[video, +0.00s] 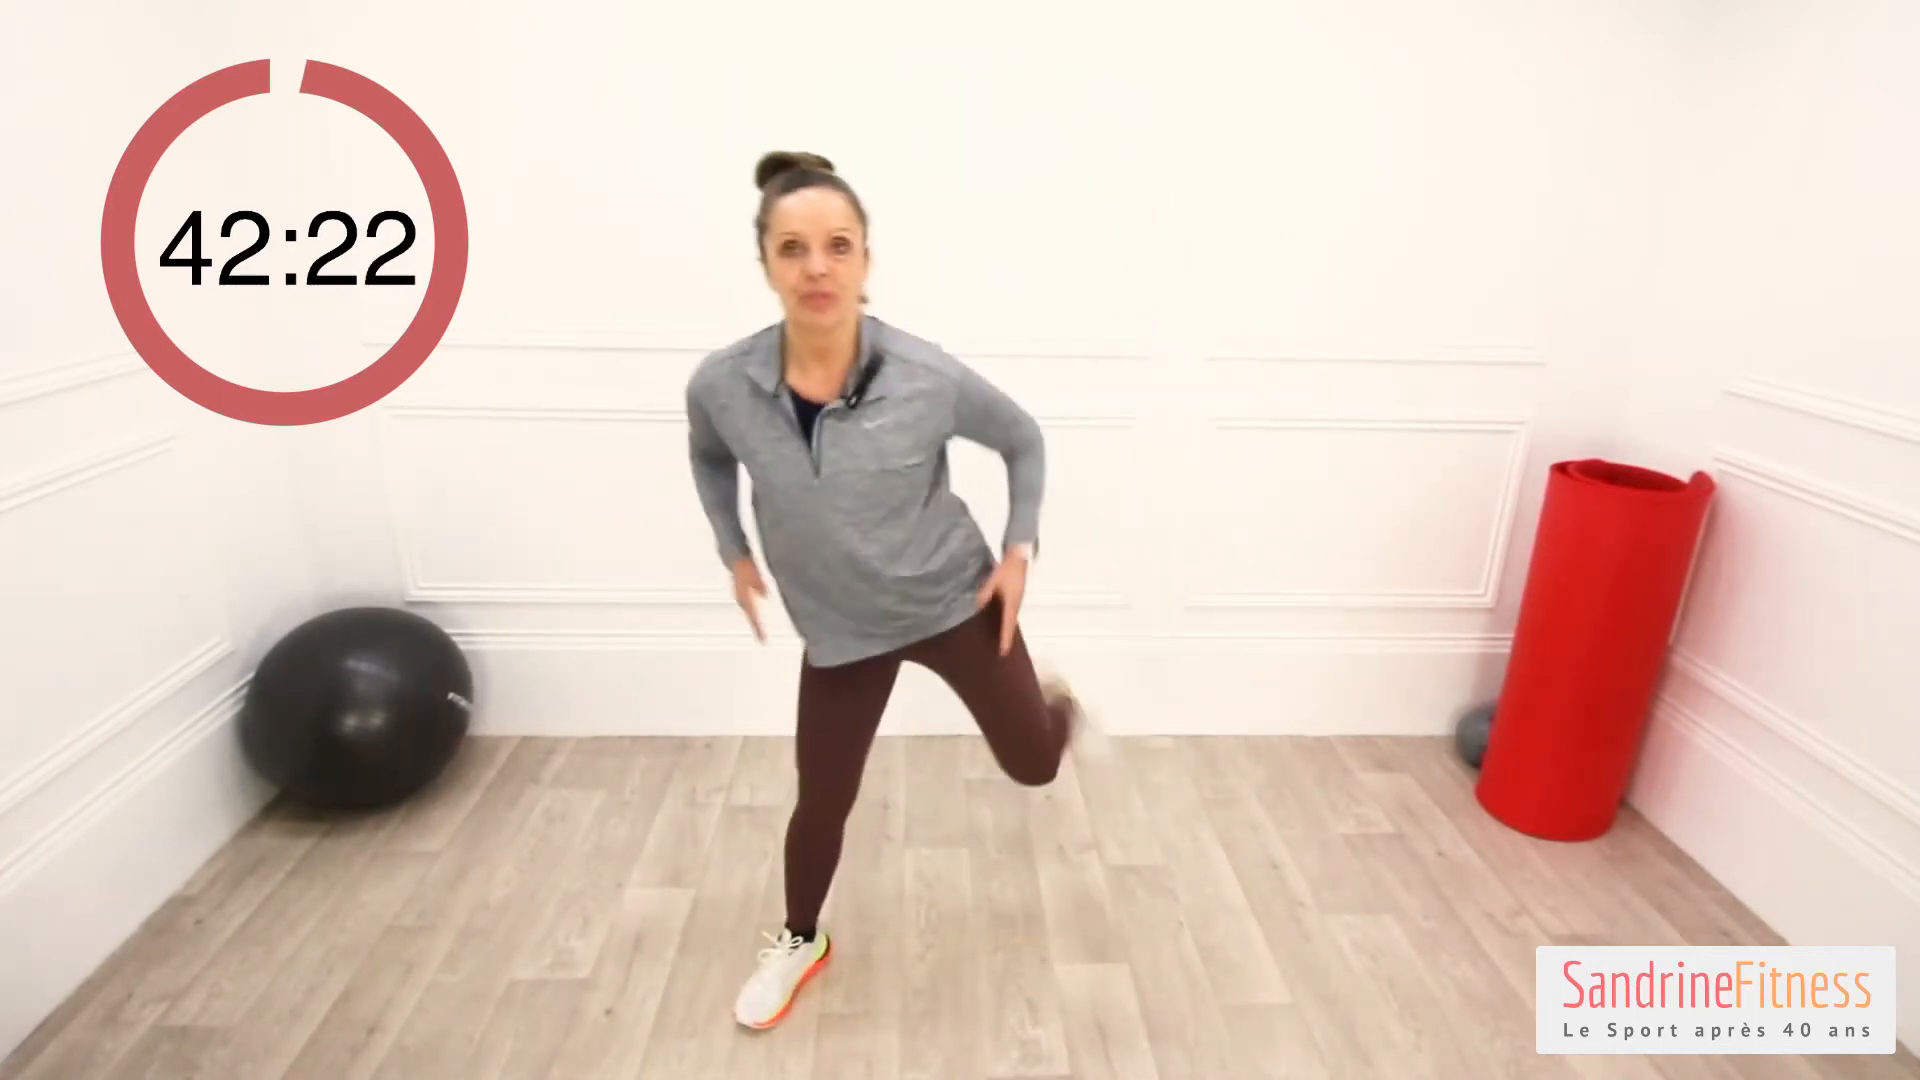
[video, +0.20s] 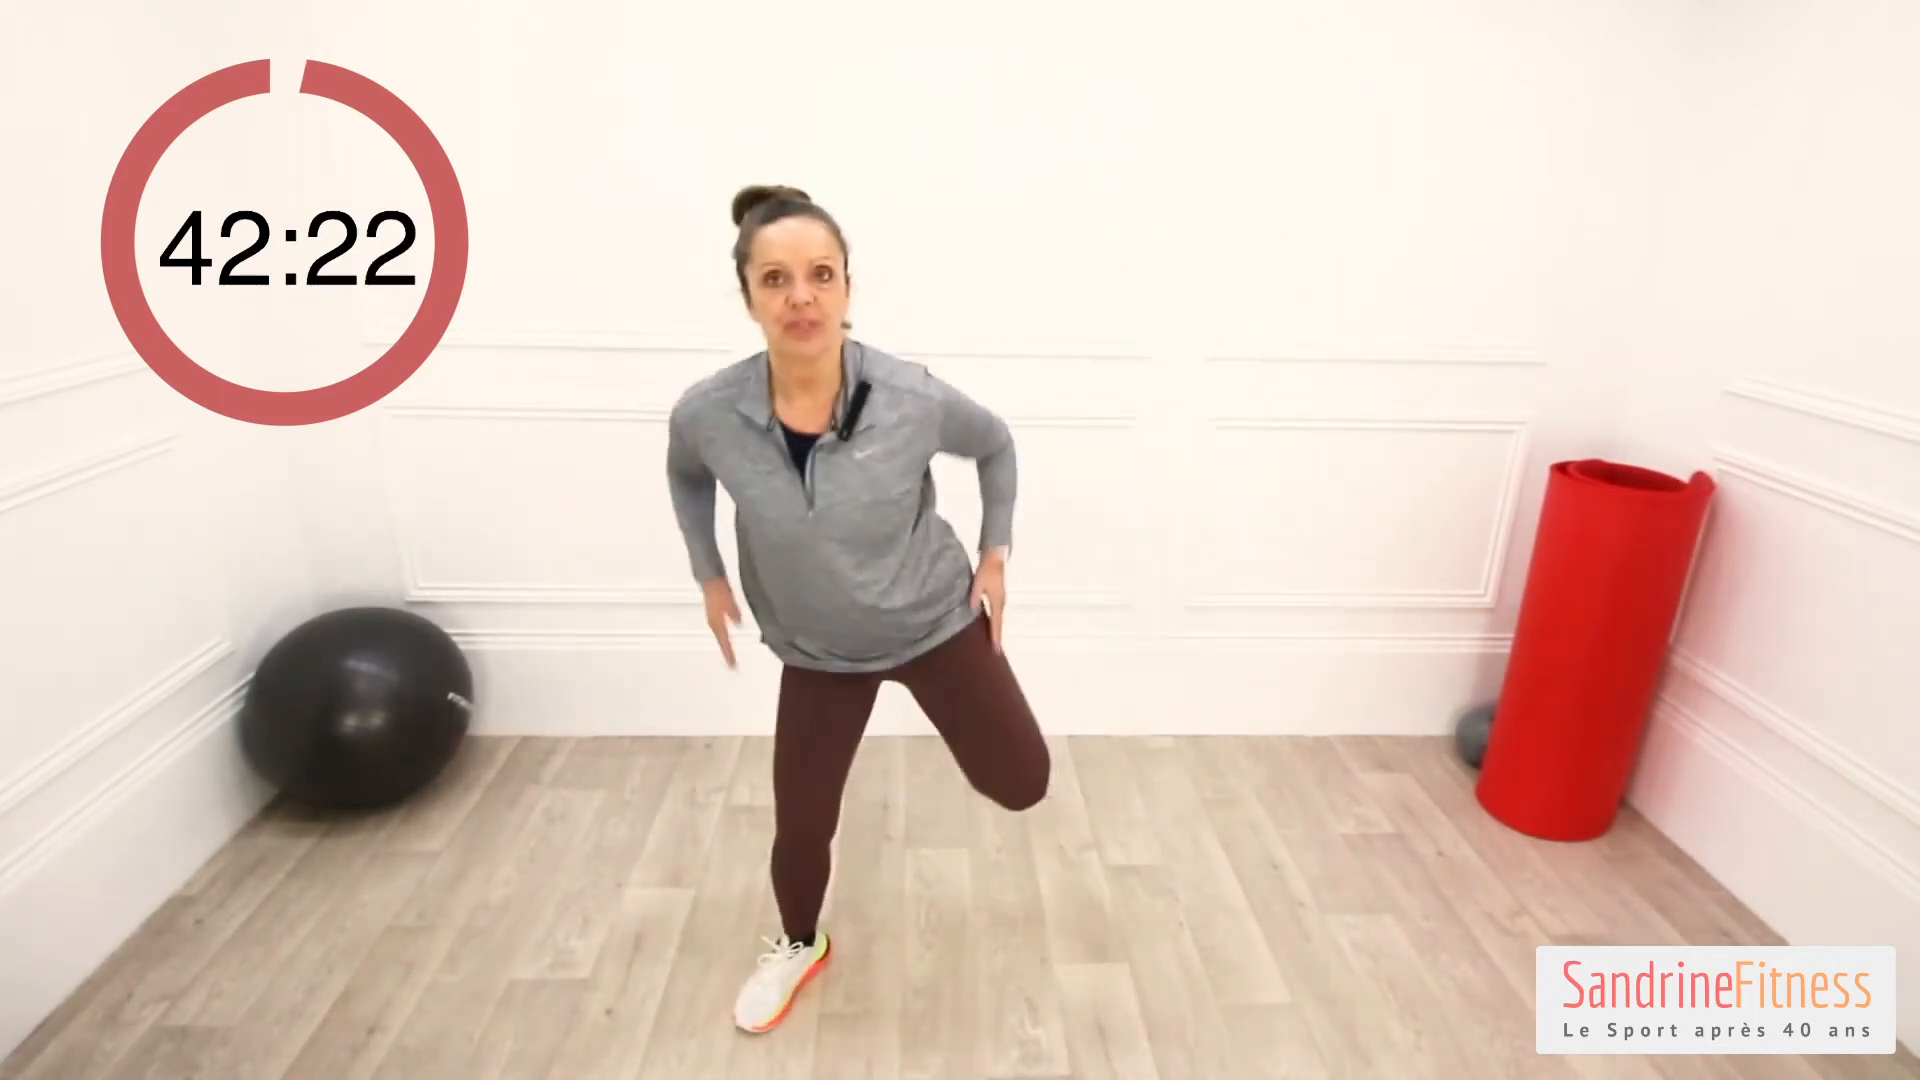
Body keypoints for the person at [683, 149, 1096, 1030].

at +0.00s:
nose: (818, 269)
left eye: (837, 246)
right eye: (794, 250)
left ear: (867, 259)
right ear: (766, 267)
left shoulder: (928, 377)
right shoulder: (723, 387)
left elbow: (1024, 441)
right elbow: (712, 461)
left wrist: (1019, 550)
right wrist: (735, 550)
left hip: (953, 608)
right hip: (839, 631)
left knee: (1031, 765)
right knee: (820, 799)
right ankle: (799, 939)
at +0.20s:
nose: (802, 298)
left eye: (820, 275)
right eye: (777, 280)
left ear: (848, 287)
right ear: (748, 300)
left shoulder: (911, 396)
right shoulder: (708, 415)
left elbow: (995, 444)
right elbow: (689, 479)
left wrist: (996, 552)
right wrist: (710, 574)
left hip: (933, 628)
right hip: (816, 651)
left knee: (1021, 784)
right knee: (800, 826)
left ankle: (966, 657)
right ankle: (799, 944)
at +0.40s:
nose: (848, 262)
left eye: (865, 239)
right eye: (823, 244)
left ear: (891, 250)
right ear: (793, 262)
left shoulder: (948, 373)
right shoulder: (749, 388)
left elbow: (1024, 501)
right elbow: (743, 527)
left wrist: (971, 561)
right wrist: (835, 573)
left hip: (947, 621)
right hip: (828, 636)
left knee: (1006, 767)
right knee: (816, 804)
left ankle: (1043, 831)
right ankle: (799, 941)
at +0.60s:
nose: (934, 302)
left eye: (952, 279)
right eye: (911, 284)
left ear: (975, 289)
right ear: (881, 298)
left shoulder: (1019, 415)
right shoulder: (839, 417)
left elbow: (1057, 551)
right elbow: (850, 564)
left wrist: (1032, 602)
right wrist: (938, 616)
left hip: (976, 642)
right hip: (869, 642)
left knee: (1024, 798)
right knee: (840, 824)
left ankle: (1079, 918)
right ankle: (800, 945)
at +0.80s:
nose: (1061, 288)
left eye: (1079, 266)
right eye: (1038, 271)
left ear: (1106, 277)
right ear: (1011, 288)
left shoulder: (1149, 415)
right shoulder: (960, 402)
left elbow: (1176, 543)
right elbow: (908, 545)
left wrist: (1135, 641)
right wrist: (949, 650)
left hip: (1046, 641)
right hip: (936, 624)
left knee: (1066, 799)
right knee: (868, 772)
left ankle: (1088, 925)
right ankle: (779, 902)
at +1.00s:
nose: (1124, 288)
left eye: (1144, 266)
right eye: (1100, 269)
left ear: (1171, 281)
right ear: (1072, 287)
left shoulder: (1204, 409)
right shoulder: (1006, 385)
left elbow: (1195, 485)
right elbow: (942, 445)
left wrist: (1156, 556)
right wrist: (918, 541)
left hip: (1079, 627)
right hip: (970, 609)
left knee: (1078, 802)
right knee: (900, 789)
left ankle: (1086, 925)